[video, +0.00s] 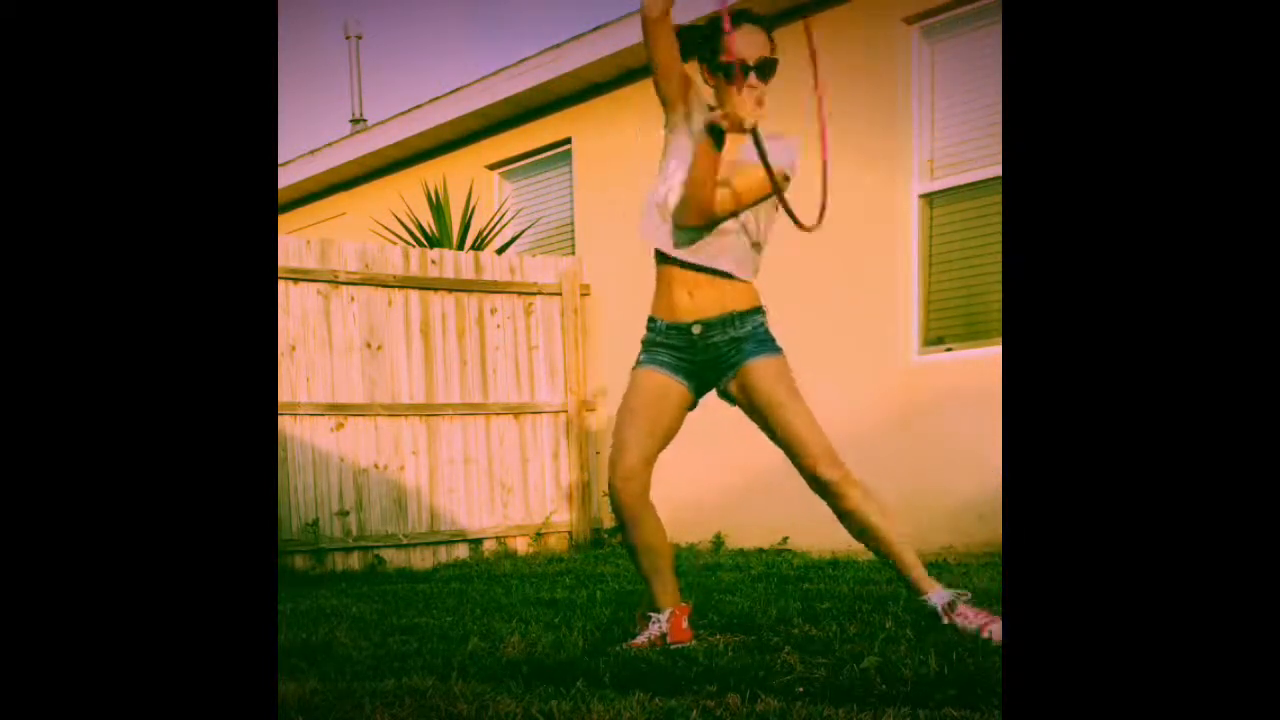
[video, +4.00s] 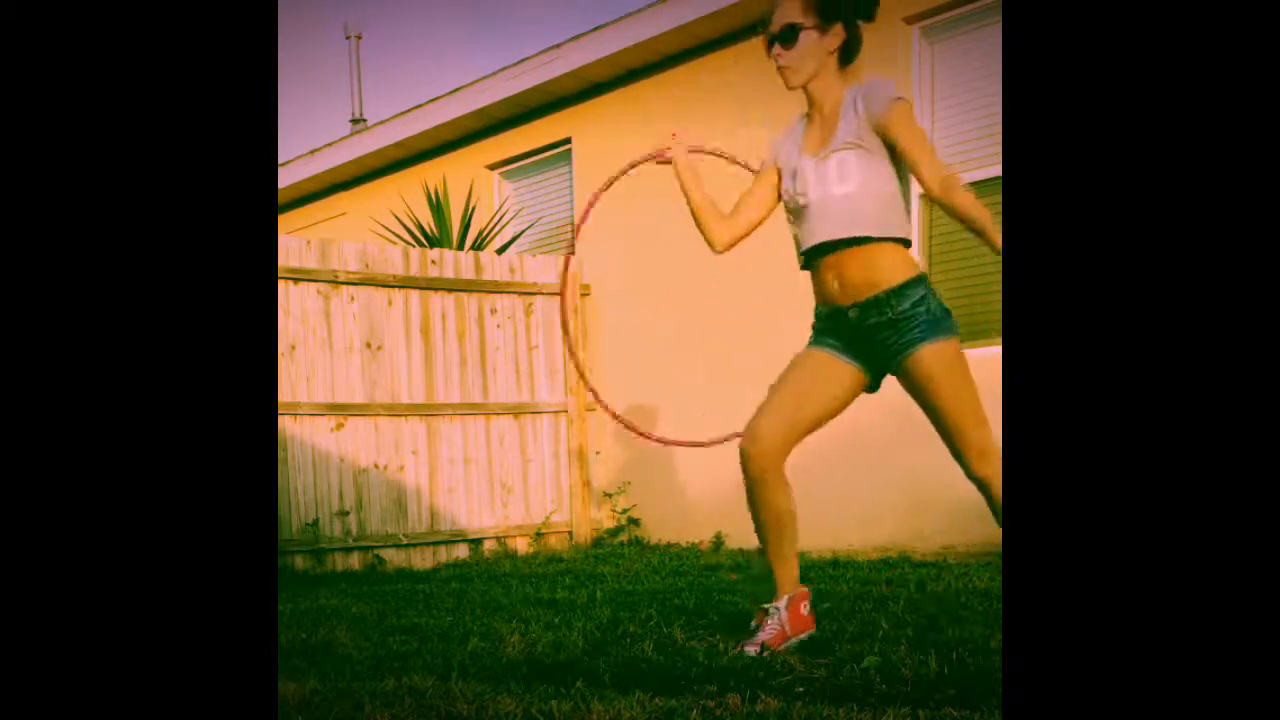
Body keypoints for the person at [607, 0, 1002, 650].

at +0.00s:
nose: (755, 83)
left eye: (764, 70)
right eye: (741, 70)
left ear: (771, 73)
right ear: (711, 71)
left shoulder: (777, 151)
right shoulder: (686, 115)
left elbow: (693, 214)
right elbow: (654, 13)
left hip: (741, 334)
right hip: (667, 340)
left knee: (829, 476)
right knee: (623, 479)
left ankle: (938, 598)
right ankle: (669, 618)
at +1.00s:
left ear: (803, 5)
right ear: (753, 8)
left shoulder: (833, 93)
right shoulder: (714, 50)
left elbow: (859, 194)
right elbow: (619, 27)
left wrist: (891, 248)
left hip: (779, 291)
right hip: (699, 287)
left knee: (777, 461)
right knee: (696, 461)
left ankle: (787, 612)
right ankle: (679, 611)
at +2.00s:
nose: (758, 51)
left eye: (773, 38)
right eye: (744, 37)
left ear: (790, 36)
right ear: (726, 35)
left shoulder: (813, 102)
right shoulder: (704, 108)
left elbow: (900, 181)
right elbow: (688, 200)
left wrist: (884, 83)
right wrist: (654, 278)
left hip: (788, 306)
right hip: (716, 313)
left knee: (756, 452)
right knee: (723, 467)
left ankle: (793, 605)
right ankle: (743, 613)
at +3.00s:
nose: (763, 51)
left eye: (777, 35)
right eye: (748, 38)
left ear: (797, 29)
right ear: (731, 37)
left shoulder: (825, 92)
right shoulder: (719, 100)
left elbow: (863, 213)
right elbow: (605, 105)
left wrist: (777, 244)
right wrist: (642, 26)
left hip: (832, 295)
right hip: (767, 298)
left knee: (793, 464)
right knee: (725, 318)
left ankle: (794, 618)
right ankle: (744, 499)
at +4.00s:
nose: (773, 50)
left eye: (787, 33)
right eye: (769, 38)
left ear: (835, 36)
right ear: (775, 50)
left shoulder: (872, 101)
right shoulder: (787, 148)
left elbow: (942, 184)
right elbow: (721, 235)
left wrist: (998, 238)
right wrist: (682, 165)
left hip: (906, 311)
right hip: (836, 331)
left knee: (984, 463)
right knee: (760, 446)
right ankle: (790, 604)